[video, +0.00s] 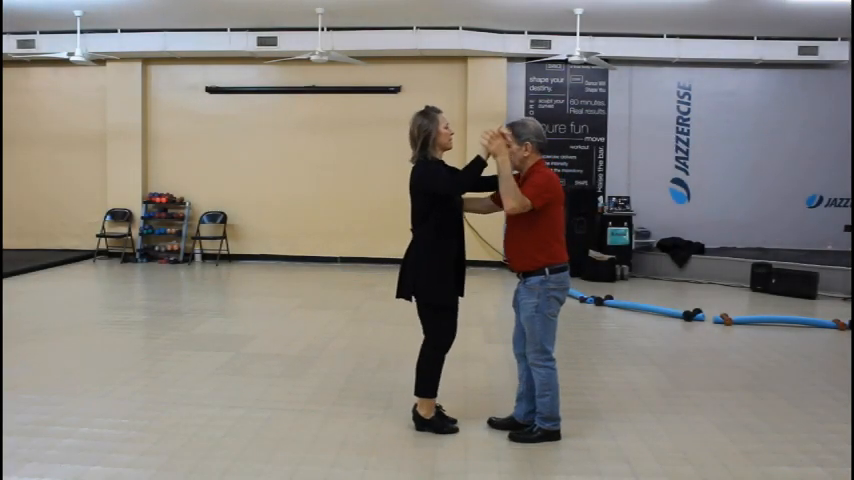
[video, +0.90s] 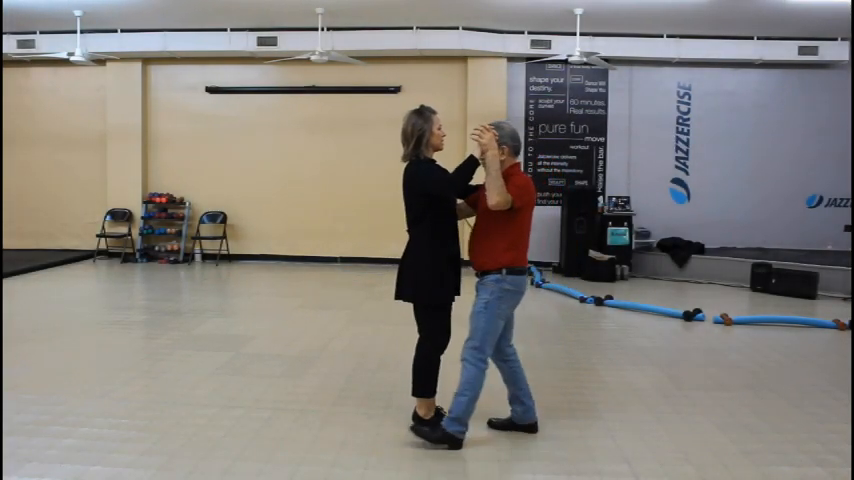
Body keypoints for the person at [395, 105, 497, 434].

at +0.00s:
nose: (452, 132)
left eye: (450, 127)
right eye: (446, 128)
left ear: (435, 133)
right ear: (430, 134)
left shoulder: (440, 169)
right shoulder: (426, 170)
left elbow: (477, 183)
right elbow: (460, 184)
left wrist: (509, 167)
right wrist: (484, 154)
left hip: (440, 267)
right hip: (429, 269)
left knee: (442, 335)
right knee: (438, 336)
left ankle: (426, 405)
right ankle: (424, 409)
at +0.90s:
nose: (444, 134)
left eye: (442, 128)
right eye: (439, 129)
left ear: (425, 132)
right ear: (424, 133)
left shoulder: (426, 168)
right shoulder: (420, 170)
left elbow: (451, 202)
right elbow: (450, 187)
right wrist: (476, 157)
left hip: (434, 267)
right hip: (428, 269)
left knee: (436, 337)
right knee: (433, 338)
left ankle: (426, 406)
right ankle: (423, 411)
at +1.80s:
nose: (454, 134)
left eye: (453, 128)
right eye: (449, 129)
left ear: (436, 132)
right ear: (433, 133)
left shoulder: (439, 168)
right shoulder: (428, 170)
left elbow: (465, 196)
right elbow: (462, 184)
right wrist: (487, 154)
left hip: (442, 267)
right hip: (433, 268)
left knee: (437, 338)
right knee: (434, 339)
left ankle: (427, 407)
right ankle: (425, 411)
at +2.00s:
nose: (456, 133)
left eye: (454, 128)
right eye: (450, 128)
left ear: (436, 133)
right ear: (436, 133)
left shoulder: (440, 168)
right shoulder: (431, 170)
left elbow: (472, 195)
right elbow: (465, 185)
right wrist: (490, 156)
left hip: (442, 266)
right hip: (435, 267)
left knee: (437, 338)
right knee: (435, 339)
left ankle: (426, 408)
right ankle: (425, 411)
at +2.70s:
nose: (460, 132)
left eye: (458, 127)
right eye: (455, 128)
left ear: (440, 133)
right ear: (440, 133)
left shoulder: (443, 168)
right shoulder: (436, 170)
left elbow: (474, 199)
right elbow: (470, 186)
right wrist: (499, 159)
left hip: (443, 267)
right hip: (438, 269)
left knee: (438, 339)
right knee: (436, 340)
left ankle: (427, 408)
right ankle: (424, 412)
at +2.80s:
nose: (461, 131)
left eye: (458, 126)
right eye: (455, 127)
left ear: (441, 132)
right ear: (440, 133)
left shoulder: (443, 167)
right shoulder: (436, 169)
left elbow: (475, 196)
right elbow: (472, 185)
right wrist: (500, 157)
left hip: (444, 267)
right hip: (438, 268)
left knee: (438, 339)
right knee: (436, 340)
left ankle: (427, 408)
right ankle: (424, 412)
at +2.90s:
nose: (461, 131)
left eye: (458, 126)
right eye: (455, 127)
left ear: (442, 132)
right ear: (440, 133)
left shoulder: (443, 168)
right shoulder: (437, 170)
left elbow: (475, 198)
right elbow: (472, 185)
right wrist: (501, 159)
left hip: (444, 268)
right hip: (439, 269)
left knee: (438, 339)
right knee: (436, 340)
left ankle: (427, 408)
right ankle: (424, 412)